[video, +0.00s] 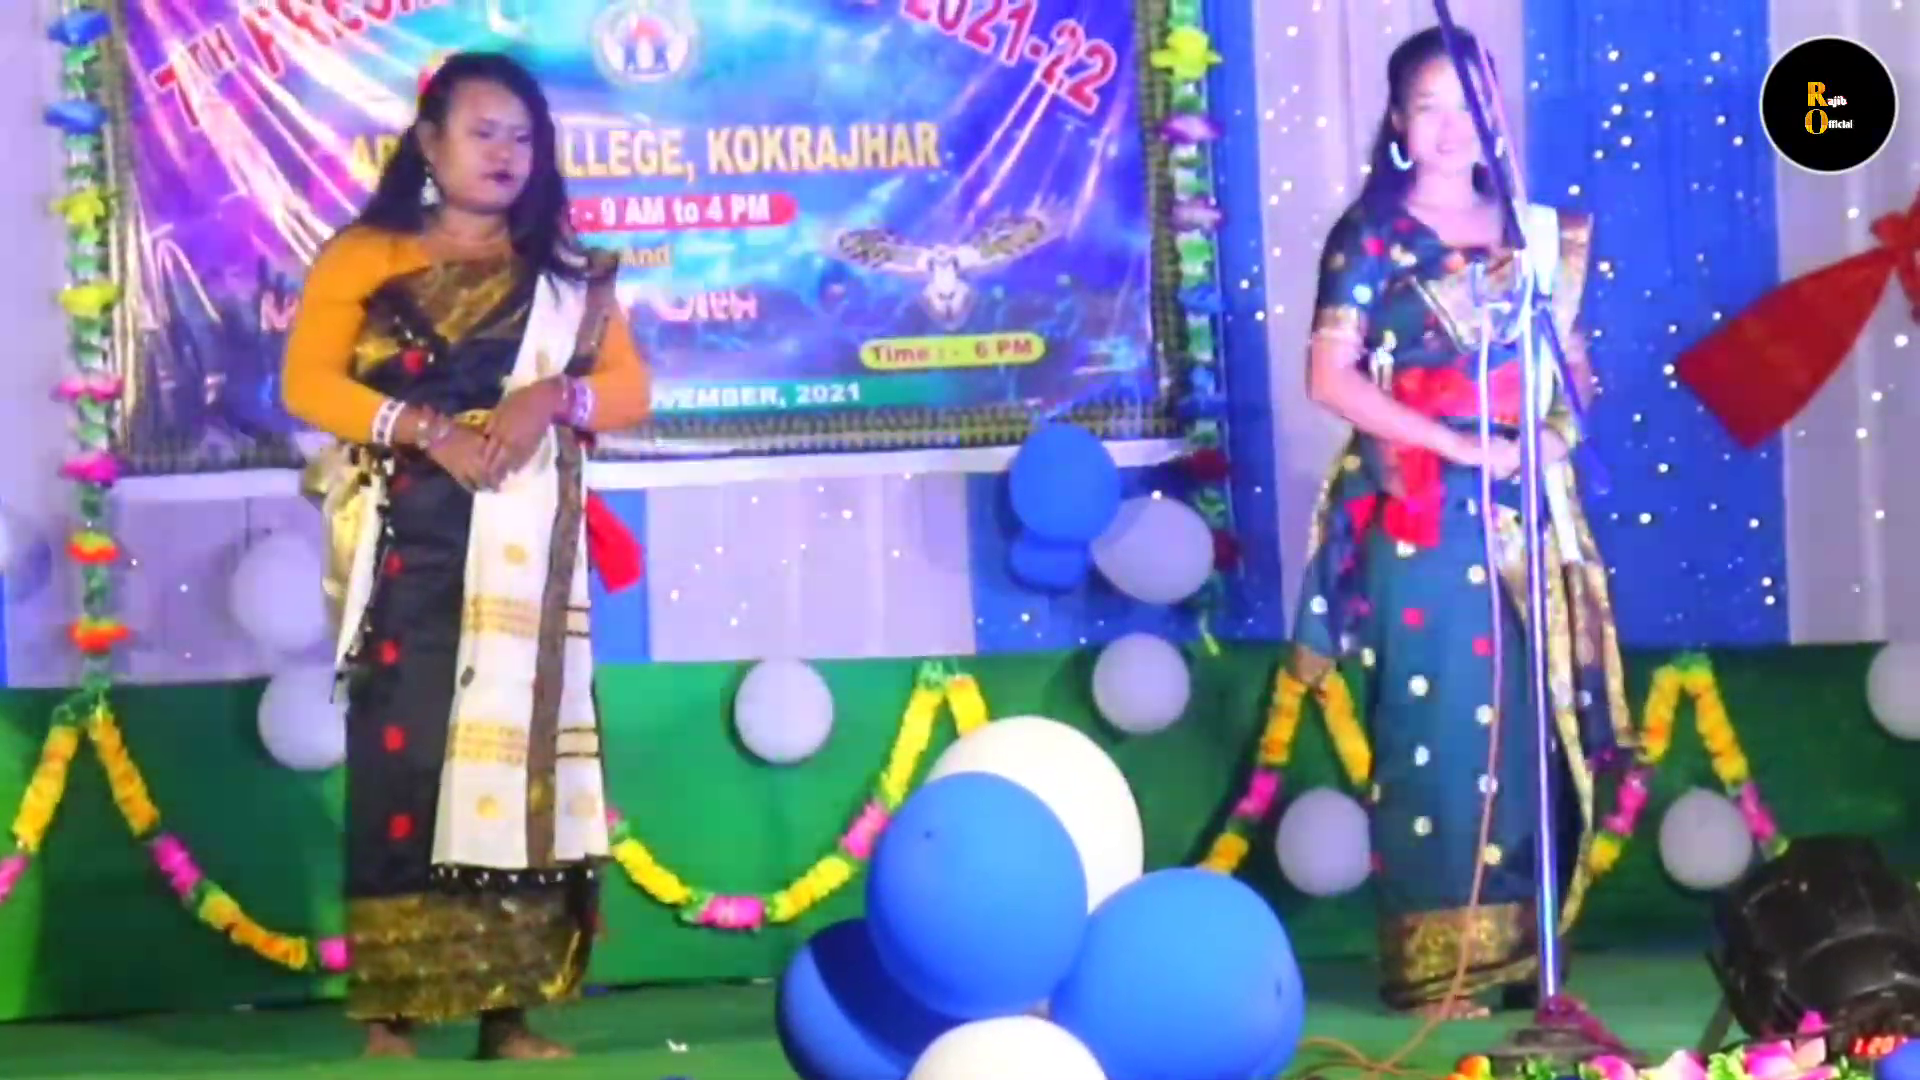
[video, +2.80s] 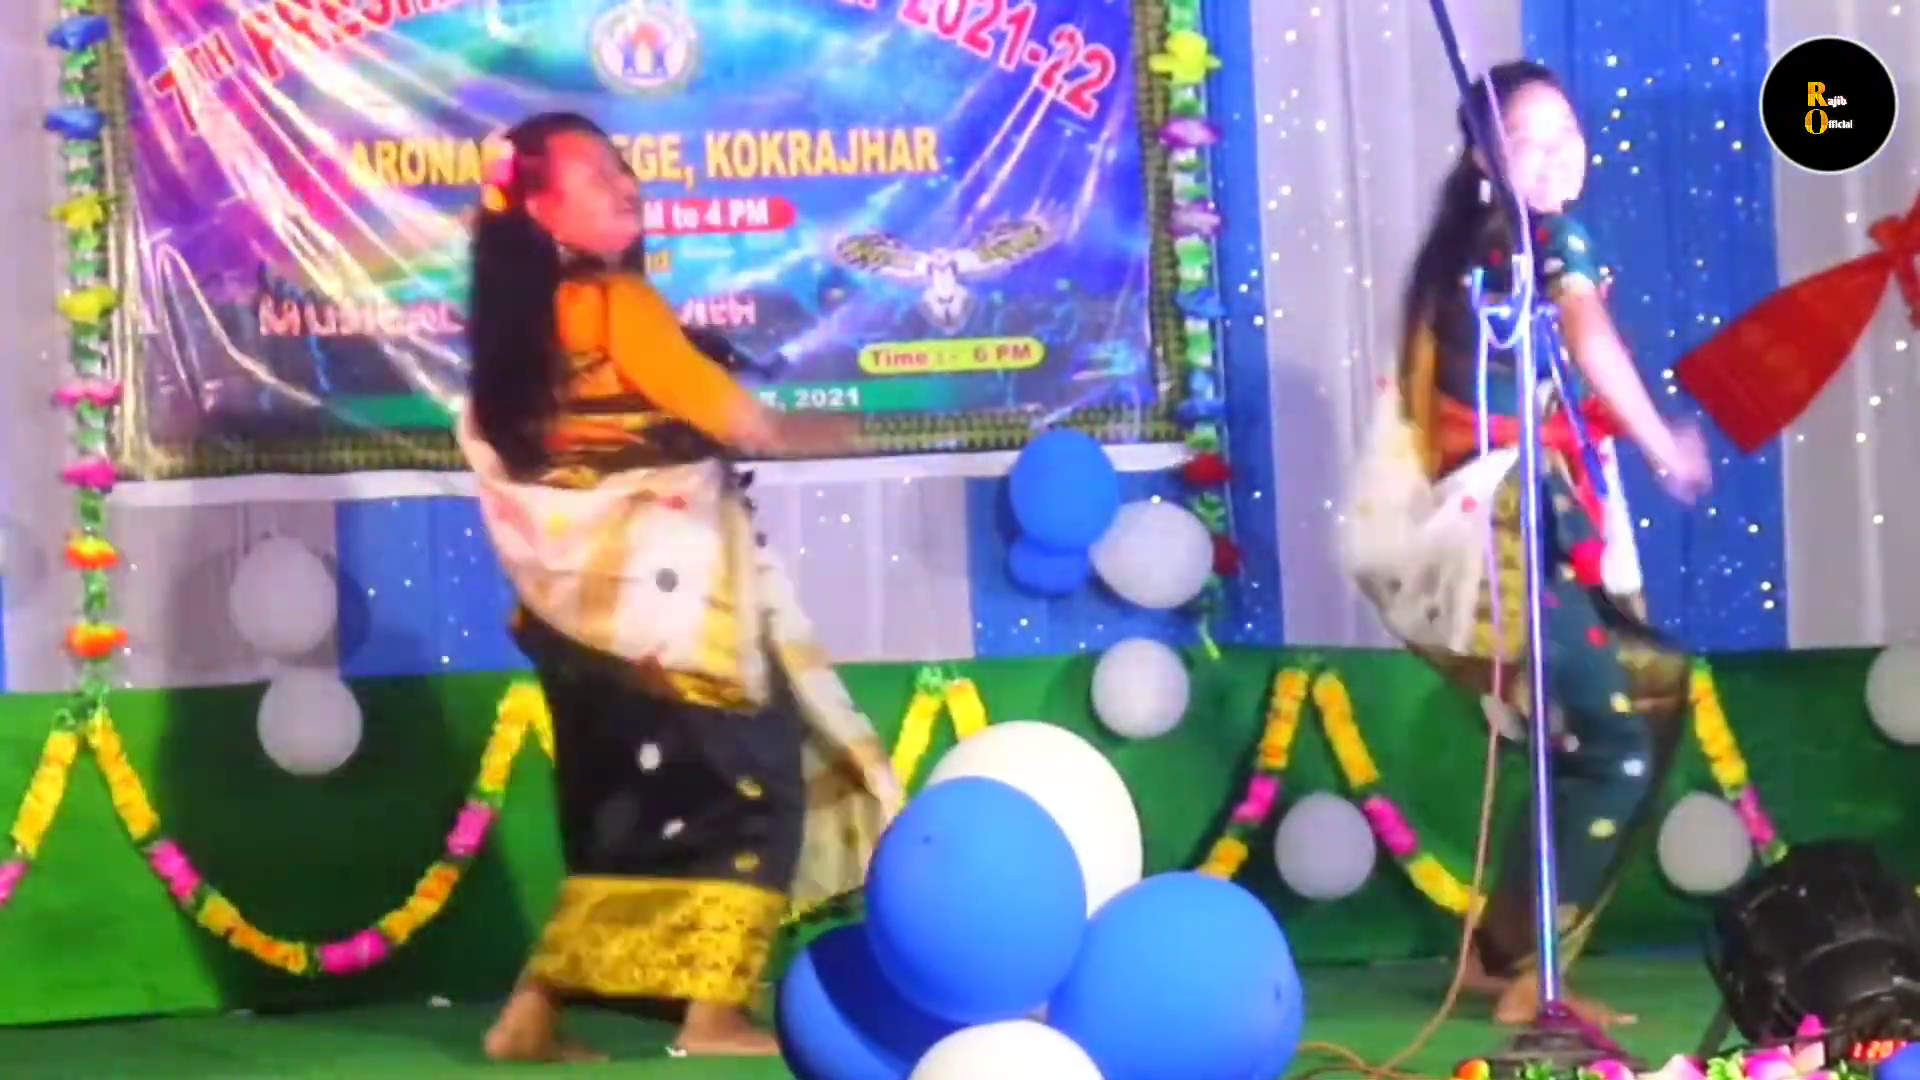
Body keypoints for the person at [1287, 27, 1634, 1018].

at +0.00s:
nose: (1444, 127)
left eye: (1460, 109)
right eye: (1425, 110)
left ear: (1488, 117)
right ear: (1399, 120)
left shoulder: (1530, 229)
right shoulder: (1371, 235)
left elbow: (1566, 382)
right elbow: (1329, 377)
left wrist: (1568, 301)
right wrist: (1458, 443)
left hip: (1531, 510)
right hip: (1427, 515)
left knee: (1538, 723)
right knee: (1441, 726)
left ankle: (1529, 957)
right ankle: (1440, 963)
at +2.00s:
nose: (1454, 122)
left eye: (1469, 104)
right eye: (1434, 104)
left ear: (1490, 114)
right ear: (1397, 117)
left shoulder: (1522, 228)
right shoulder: (1370, 235)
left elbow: (1568, 387)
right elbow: (1331, 368)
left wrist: (1562, 323)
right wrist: (1463, 429)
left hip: (1524, 515)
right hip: (1421, 517)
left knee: (1533, 728)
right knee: (1438, 730)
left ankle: (1525, 963)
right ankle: (1434, 967)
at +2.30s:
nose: (1466, 131)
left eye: (1481, 111)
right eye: (1446, 112)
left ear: (1504, 119)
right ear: (1413, 125)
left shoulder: (1520, 234)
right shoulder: (1401, 235)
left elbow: (1548, 372)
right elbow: (1367, 385)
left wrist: (1550, 434)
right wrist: (1478, 459)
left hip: (1516, 512)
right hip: (1432, 515)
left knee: (1520, 727)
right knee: (1438, 729)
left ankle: (1512, 955)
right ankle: (1428, 963)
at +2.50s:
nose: (1503, 139)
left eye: (1510, 119)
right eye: (1478, 125)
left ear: (1530, 129)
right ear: (1441, 145)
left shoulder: (1525, 248)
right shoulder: (1448, 244)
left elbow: (1536, 390)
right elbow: (1441, 391)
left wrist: (1609, 446)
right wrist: (1549, 435)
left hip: (1513, 529)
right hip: (1460, 531)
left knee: (1563, 727)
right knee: (1554, 727)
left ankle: (1451, 907)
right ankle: (1477, 929)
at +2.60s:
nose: (1524, 113)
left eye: (1529, 93)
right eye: (1502, 101)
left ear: (1541, 99)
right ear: (1459, 122)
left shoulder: (1535, 210)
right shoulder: (1457, 207)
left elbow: (1626, 332)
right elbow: (1491, 330)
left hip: (1544, 505)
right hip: (1480, 508)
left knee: (1536, 712)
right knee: (1571, 699)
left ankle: (1496, 944)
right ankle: (1487, 930)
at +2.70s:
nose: (1539, 129)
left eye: (1543, 109)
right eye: (1516, 114)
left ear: (1551, 113)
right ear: (1469, 130)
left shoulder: (1522, 226)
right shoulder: (1462, 228)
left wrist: (1596, 296)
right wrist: (1593, 306)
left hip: (1549, 531)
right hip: (1495, 542)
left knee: (1567, 739)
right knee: (1564, 740)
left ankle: (1513, 959)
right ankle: (1502, 964)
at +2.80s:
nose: (1570, 156)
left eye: (1570, 137)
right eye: (1548, 142)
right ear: (1501, 155)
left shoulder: (1453, 255)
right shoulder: (1541, 240)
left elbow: (1423, 419)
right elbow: (1592, 348)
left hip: (1453, 563)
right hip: (1505, 564)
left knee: (1579, 739)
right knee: (1616, 752)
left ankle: (1500, 943)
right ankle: (1531, 983)